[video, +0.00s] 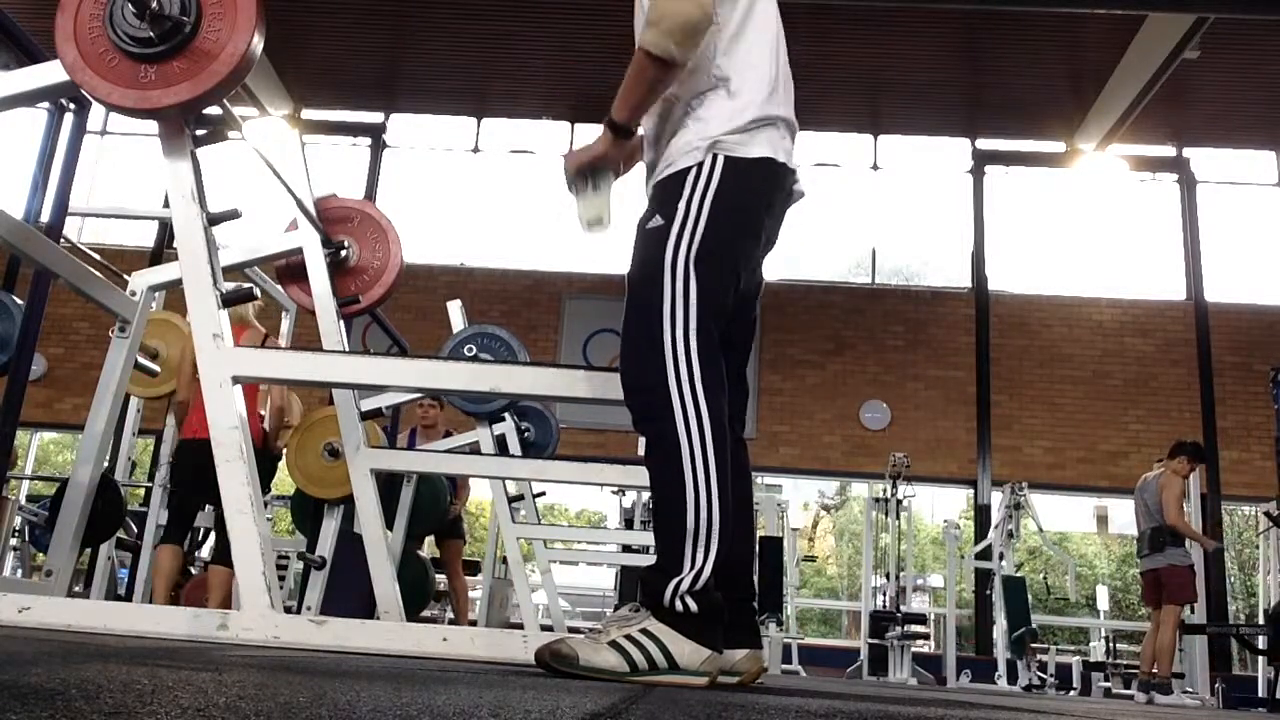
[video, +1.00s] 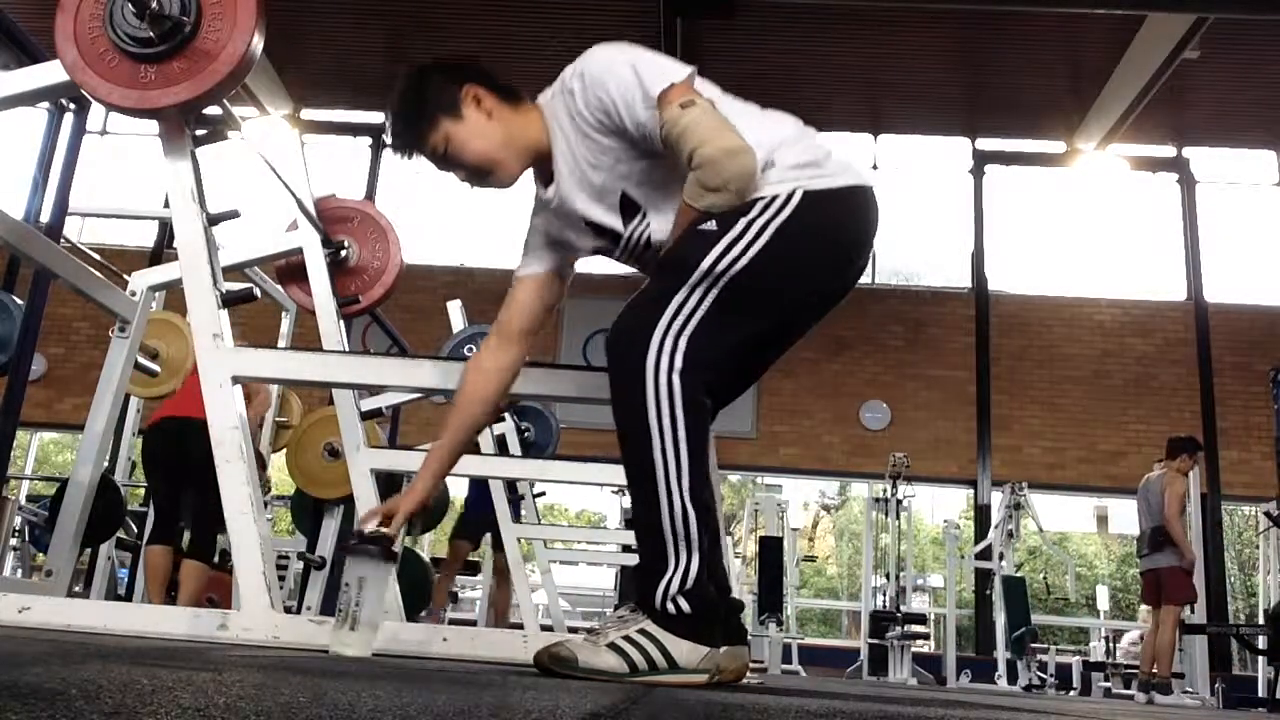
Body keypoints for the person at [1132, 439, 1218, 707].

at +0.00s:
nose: (1190, 475)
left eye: (1193, 471)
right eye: (1191, 469)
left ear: (1174, 459)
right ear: (1181, 461)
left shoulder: (1143, 480)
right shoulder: (1172, 480)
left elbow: (1143, 526)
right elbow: (1173, 519)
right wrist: (1203, 539)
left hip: (1148, 563)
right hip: (1172, 561)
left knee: (1157, 623)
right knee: (1169, 623)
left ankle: (1143, 684)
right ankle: (1163, 687)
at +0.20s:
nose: (1190, 475)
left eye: (1193, 470)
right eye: (1191, 469)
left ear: (1173, 459)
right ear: (1182, 461)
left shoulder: (1144, 481)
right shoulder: (1173, 479)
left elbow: (1143, 526)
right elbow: (1170, 516)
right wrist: (1195, 549)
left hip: (1149, 564)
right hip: (1172, 562)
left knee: (1156, 625)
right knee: (1168, 625)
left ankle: (1143, 685)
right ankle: (1163, 688)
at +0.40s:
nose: (1191, 474)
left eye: (1193, 469)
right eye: (1192, 468)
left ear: (1174, 458)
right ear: (1183, 460)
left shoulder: (1146, 480)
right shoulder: (1173, 478)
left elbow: (1144, 523)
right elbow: (1166, 512)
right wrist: (1181, 545)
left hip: (1149, 563)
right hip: (1170, 560)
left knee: (1156, 624)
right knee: (1168, 625)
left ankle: (1143, 684)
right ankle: (1163, 687)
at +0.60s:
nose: (1192, 473)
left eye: (1194, 468)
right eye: (1193, 467)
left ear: (1174, 459)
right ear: (1183, 460)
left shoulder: (1146, 480)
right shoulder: (1173, 479)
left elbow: (1146, 523)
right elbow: (1167, 517)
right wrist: (1181, 550)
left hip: (1148, 563)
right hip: (1170, 560)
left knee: (1156, 624)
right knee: (1168, 624)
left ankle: (1143, 684)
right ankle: (1163, 687)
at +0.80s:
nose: (1192, 471)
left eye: (1194, 466)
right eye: (1193, 465)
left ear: (1173, 458)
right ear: (1183, 459)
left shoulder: (1146, 480)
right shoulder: (1175, 480)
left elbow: (1146, 523)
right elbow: (1169, 517)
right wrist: (1185, 552)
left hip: (1148, 563)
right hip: (1170, 561)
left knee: (1156, 624)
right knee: (1168, 624)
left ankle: (1143, 685)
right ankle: (1163, 687)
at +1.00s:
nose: (1192, 469)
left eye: (1194, 464)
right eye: (1193, 463)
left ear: (1172, 457)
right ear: (1183, 458)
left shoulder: (1146, 480)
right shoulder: (1175, 480)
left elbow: (1147, 523)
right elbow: (1171, 519)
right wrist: (1187, 551)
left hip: (1148, 562)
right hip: (1170, 560)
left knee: (1155, 624)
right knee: (1168, 625)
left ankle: (1143, 685)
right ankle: (1163, 687)